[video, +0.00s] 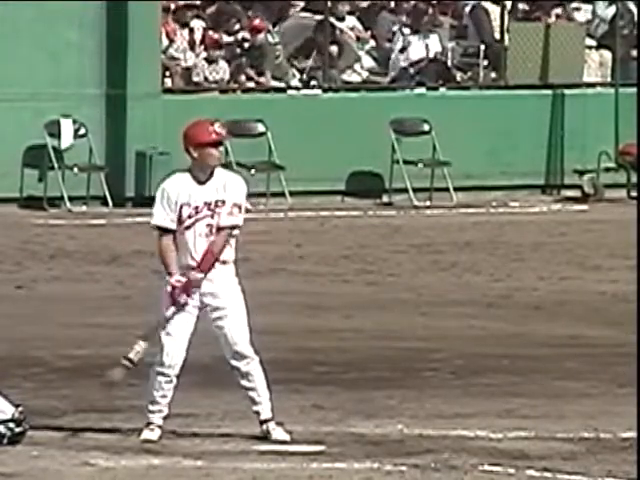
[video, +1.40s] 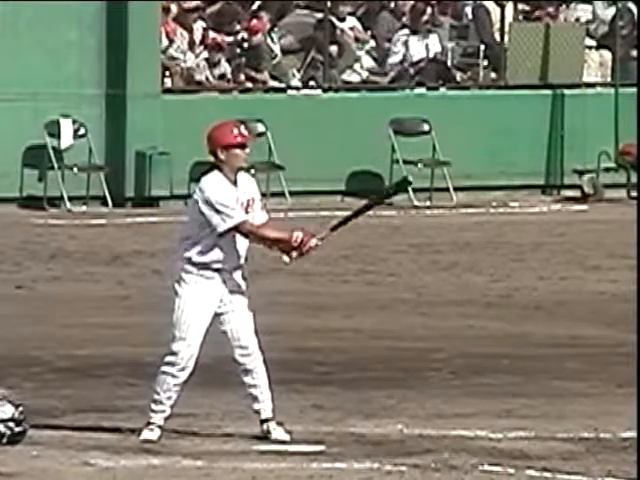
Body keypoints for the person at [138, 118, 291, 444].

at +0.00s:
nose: (220, 151)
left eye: (220, 146)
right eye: (213, 147)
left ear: (219, 149)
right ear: (194, 152)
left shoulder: (233, 184)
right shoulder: (172, 187)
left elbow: (225, 234)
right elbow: (165, 236)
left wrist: (200, 272)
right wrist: (175, 275)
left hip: (221, 276)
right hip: (184, 278)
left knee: (241, 350)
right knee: (169, 357)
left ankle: (267, 420)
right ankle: (154, 421)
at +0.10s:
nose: (218, 151)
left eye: (218, 145)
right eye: (210, 146)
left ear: (219, 148)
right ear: (192, 150)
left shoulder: (230, 184)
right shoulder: (168, 185)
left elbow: (216, 232)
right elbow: (157, 227)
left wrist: (183, 262)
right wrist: (159, 257)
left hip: (218, 276)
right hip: (180, 278)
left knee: (239, 350)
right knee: (168, 357)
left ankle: (267, 420)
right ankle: (154, 421)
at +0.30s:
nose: (219, 150)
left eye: (220, 145)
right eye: (212, 146)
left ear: (219, 147)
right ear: (193, 149)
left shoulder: (229, 180)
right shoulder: (167, 182)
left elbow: (208, 221)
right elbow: (156, 229)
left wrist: (163, 218)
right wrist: (143, 218)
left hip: (218, 275)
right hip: (178, 277)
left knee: (239, 350)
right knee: (168, 357)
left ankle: (267, 420)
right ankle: (154, 422)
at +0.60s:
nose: (223, 149)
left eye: (224, 143)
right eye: (216, 144)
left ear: (223, 146)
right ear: (197, 148)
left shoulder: (236, 179)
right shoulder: (175, 181)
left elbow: (235, 222)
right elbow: (161, 232)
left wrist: (203, 205)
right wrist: (177, 207)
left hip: (224, 274)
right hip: (185, 276)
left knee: (243, 351)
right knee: (172, 357)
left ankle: (267, 421)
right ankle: (155, 421)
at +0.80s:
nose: (230, 149)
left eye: (230, 144)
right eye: (224, 145)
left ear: (227, 147)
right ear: (205, 149)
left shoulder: (238, 178)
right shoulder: (186, 187)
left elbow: (260, 220)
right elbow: (188, 236)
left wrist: (239, 209)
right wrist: (214, 213)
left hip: (228, 276)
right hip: (192, 278)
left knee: (246, 351)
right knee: (177, 354)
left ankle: (267, 421)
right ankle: (155, 421)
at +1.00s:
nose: (238, 153)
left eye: (238, 147)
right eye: (232, 148)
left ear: (230, 150)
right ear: (214, 153)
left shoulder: (240, 178)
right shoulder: (200, 193)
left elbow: (256, 223)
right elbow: (229, 239)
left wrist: (276, 215)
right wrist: (259, 219)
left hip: (230, 277)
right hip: (196, 280)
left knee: (247, 351)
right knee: (183, 356)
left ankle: (268, 421)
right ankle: (156, 422)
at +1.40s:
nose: (245, 152)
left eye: (245, 146)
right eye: (239, 147)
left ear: (241, 151)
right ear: (220, 154)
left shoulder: (247, 181)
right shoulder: (210, 187)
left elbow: (261, 226)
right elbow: (245, 228)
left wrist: (288, 244)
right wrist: (291, 239)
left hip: (232, 279)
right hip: (198, 278)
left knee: (249, 352)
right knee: (183, 354)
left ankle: (268, 421)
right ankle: (155, 422)